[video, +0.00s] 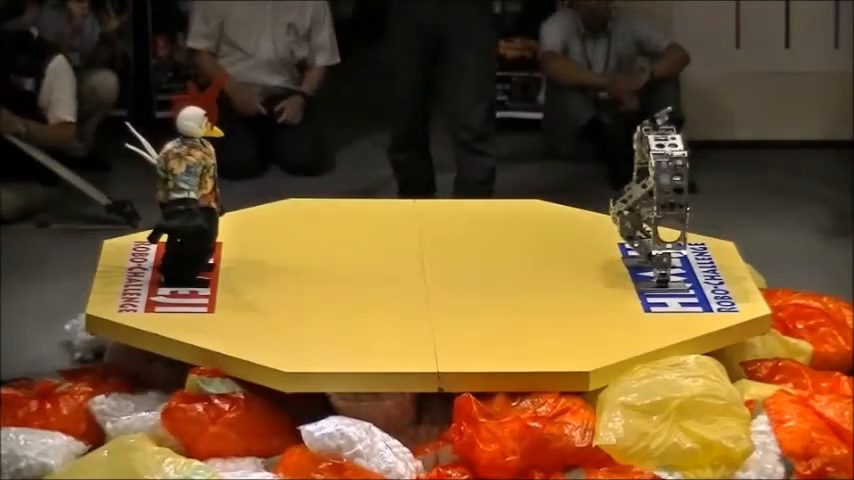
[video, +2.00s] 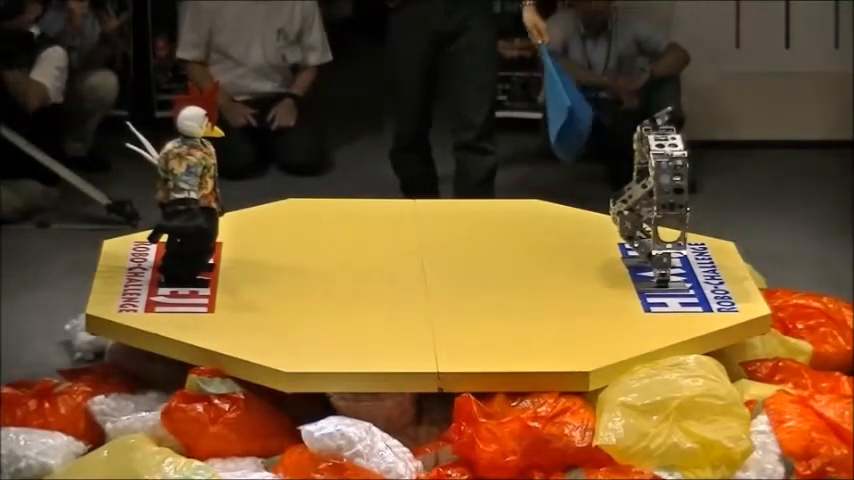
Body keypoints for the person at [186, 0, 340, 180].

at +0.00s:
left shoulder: (313, 5)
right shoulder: (213, 5)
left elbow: (321, 58)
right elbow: (201, 53)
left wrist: (301, 97)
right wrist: (234, 90)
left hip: (286, 93)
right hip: (234, 93)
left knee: (305, 161)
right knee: (237, 165)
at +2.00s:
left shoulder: (302, 5)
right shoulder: (203, 5)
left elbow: (312, 61)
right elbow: (192, 61)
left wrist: (291, 100)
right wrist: (226, 105)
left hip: (280, 97)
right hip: (229, 101)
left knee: (305, 160)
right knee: (236, 163)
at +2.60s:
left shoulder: (302, 5)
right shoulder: (202, 5)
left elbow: (312, 61)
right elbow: (191, 60)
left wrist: (292, 100)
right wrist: (226, 105)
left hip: (281, 98)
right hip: (228, 102)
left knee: (306, 160)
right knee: (237, 163)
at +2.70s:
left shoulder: (302, 5)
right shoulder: (202, 5)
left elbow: (312, 61)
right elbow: (191, 60)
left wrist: (292, 100)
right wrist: (226, 105)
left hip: (281, 98)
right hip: (228, 102)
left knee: (306, 160)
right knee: (237, 163)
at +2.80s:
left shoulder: (302, 5)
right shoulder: (201, 5)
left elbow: (311, 61)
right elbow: (191, 60)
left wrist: (292, 101)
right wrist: (226, 105)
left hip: (280, 98)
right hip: (227, 102)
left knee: (306, 160)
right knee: (237, 163)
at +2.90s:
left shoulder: (302, 5)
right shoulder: (202, 5)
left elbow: (312, 60)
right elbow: (191, 60)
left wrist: (291, 100)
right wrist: (226, 105)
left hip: (280, 98)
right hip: (227, 102)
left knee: (306, 160)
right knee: (237, 163)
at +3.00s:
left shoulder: (302, 5)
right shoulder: (201, 5)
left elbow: (312, 60)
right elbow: (191, 60)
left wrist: (291, 100)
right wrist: (226, 105)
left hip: (280, 98)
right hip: (228, 102)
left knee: (306, 160)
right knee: (237, 163)